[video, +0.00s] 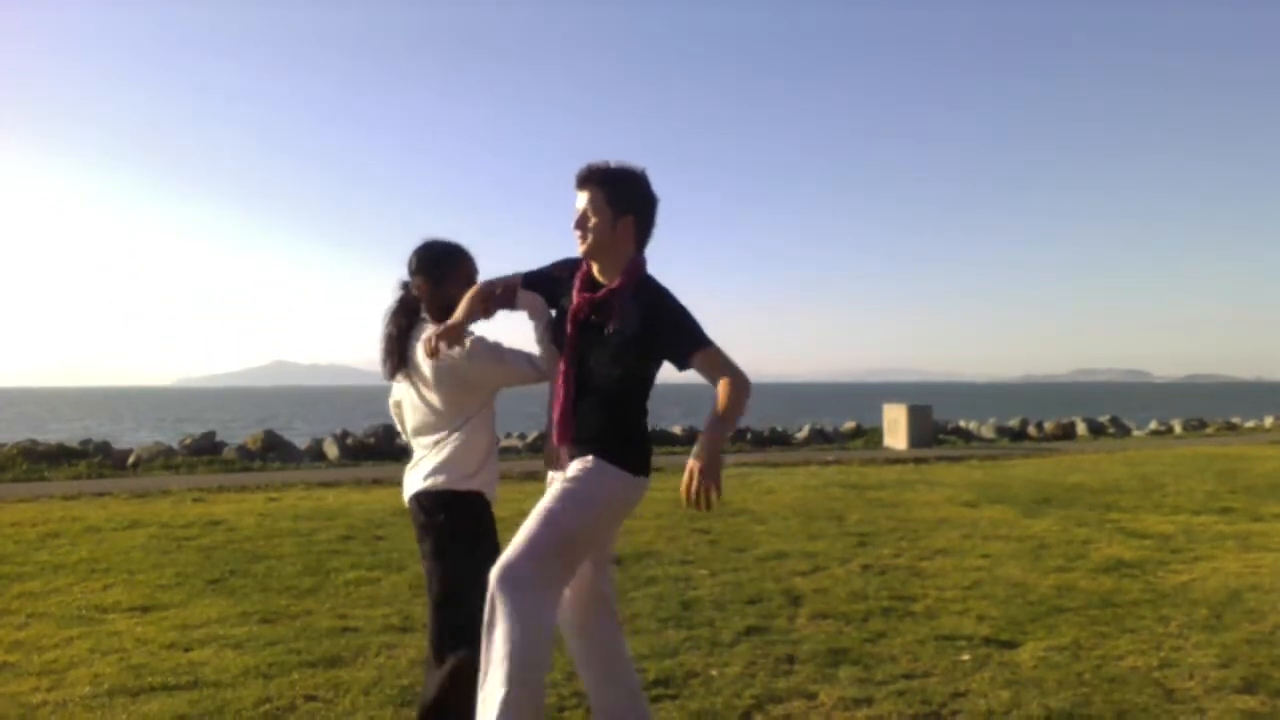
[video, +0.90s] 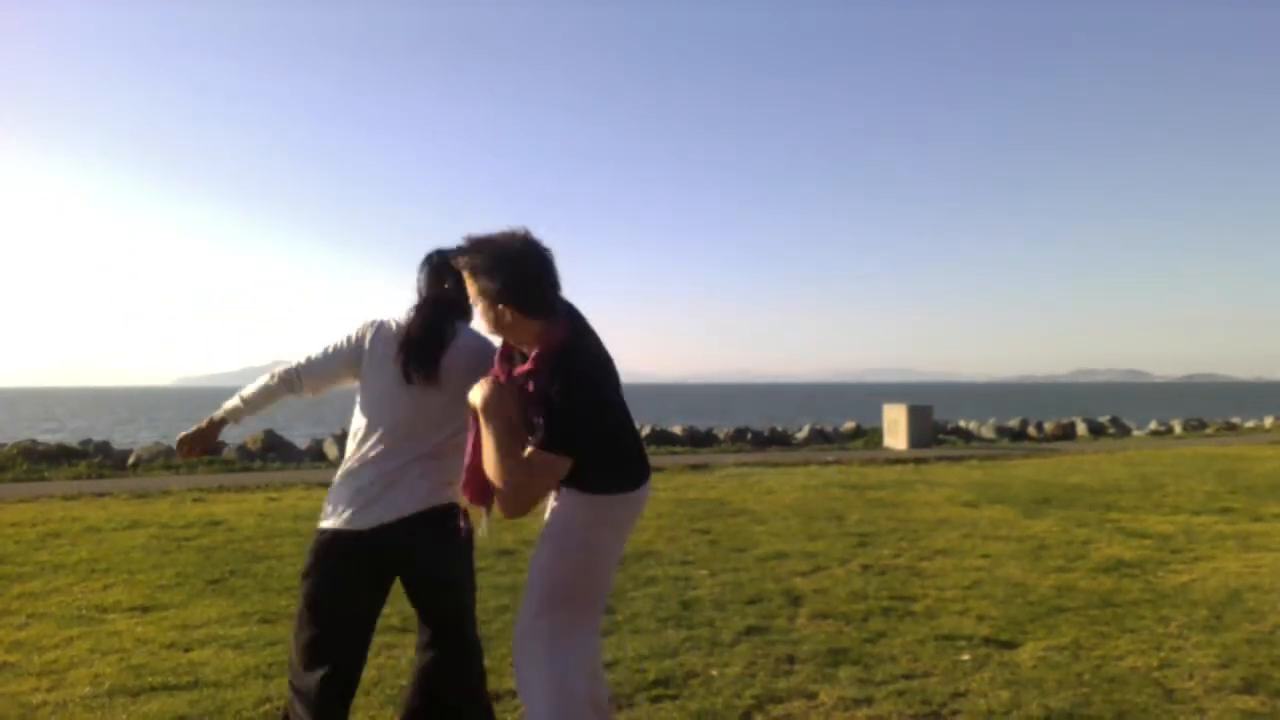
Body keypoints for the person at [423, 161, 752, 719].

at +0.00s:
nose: (576, 224)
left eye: (588, 215)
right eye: (577, 214)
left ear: (627, 225)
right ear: (588, 221)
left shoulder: (651, 302)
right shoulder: (571, 278)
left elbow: (734, 383)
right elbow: (492, 290)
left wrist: (709, 446)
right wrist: (458, 322)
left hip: (610, 467)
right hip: (569, 463)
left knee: (515, 581)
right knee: (587, 614)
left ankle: (504, 713)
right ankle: (624, 714)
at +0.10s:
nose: (579, 225)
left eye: (590, 216)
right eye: (578, 215)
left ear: (630, 226)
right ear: (582, 219)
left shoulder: (649, 304)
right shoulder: (566, 277)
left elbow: (718, 386)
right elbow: (483, 302)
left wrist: (657, 422)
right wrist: (457, 355)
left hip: (600, 471)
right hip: (560, 469)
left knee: (521, 598)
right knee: (591, 626)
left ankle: (535, 713)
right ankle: (624, 714)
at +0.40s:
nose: (561, 228)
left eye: (575, 221)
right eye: (562, 218)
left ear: (616, 239)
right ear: (561, 225)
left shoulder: (631, 310)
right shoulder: (533, 282)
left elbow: (687, 382)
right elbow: (474, 328)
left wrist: (598, 358)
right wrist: (490, 409)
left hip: (591, 479)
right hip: (537, 474)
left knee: (535, 628)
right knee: (591, 625)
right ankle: (625, 714)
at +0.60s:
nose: (523, 264)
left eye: (536, 255)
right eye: (527, 252)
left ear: (580, 269)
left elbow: (648, 411)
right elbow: (508, 382)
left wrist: (572, 367)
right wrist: (503, 442)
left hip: (594, 487)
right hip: (538, 481)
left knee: (552, 631)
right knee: (577, 628)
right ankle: (623, 712)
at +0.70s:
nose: (499, 288)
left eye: (510, 279)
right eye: (502, 276)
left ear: (553, 295)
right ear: (542, 295)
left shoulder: (611, 354)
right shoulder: (523, 338)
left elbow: (611, 442)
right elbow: (521, 421)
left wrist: (542, 384)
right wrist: (516, 497)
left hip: (595, 492)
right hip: (552, 488)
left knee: (553, 637)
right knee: (572, 631)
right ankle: (621, 711)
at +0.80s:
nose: (480, 308)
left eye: (488, 299)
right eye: (481, 297)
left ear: (523, 308)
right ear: (520, 308)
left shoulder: (593, 363)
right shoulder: (517, 347)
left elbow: (565, 480)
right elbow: (509, 430)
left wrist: (516, 407)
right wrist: (498, 508)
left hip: (604, 494)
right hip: (566, 486)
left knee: (554, 627)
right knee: (558, 622)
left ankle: (571, 711)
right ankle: (603, 709)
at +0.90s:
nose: (472, 311)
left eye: (474, 301)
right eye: (471, 300)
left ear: (503, 307)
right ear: (510, 303)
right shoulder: (533, 339)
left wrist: (491, 412)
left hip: (603, 491)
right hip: (585, 483)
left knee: (542, 634)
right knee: (568, 627)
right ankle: (590, 709)